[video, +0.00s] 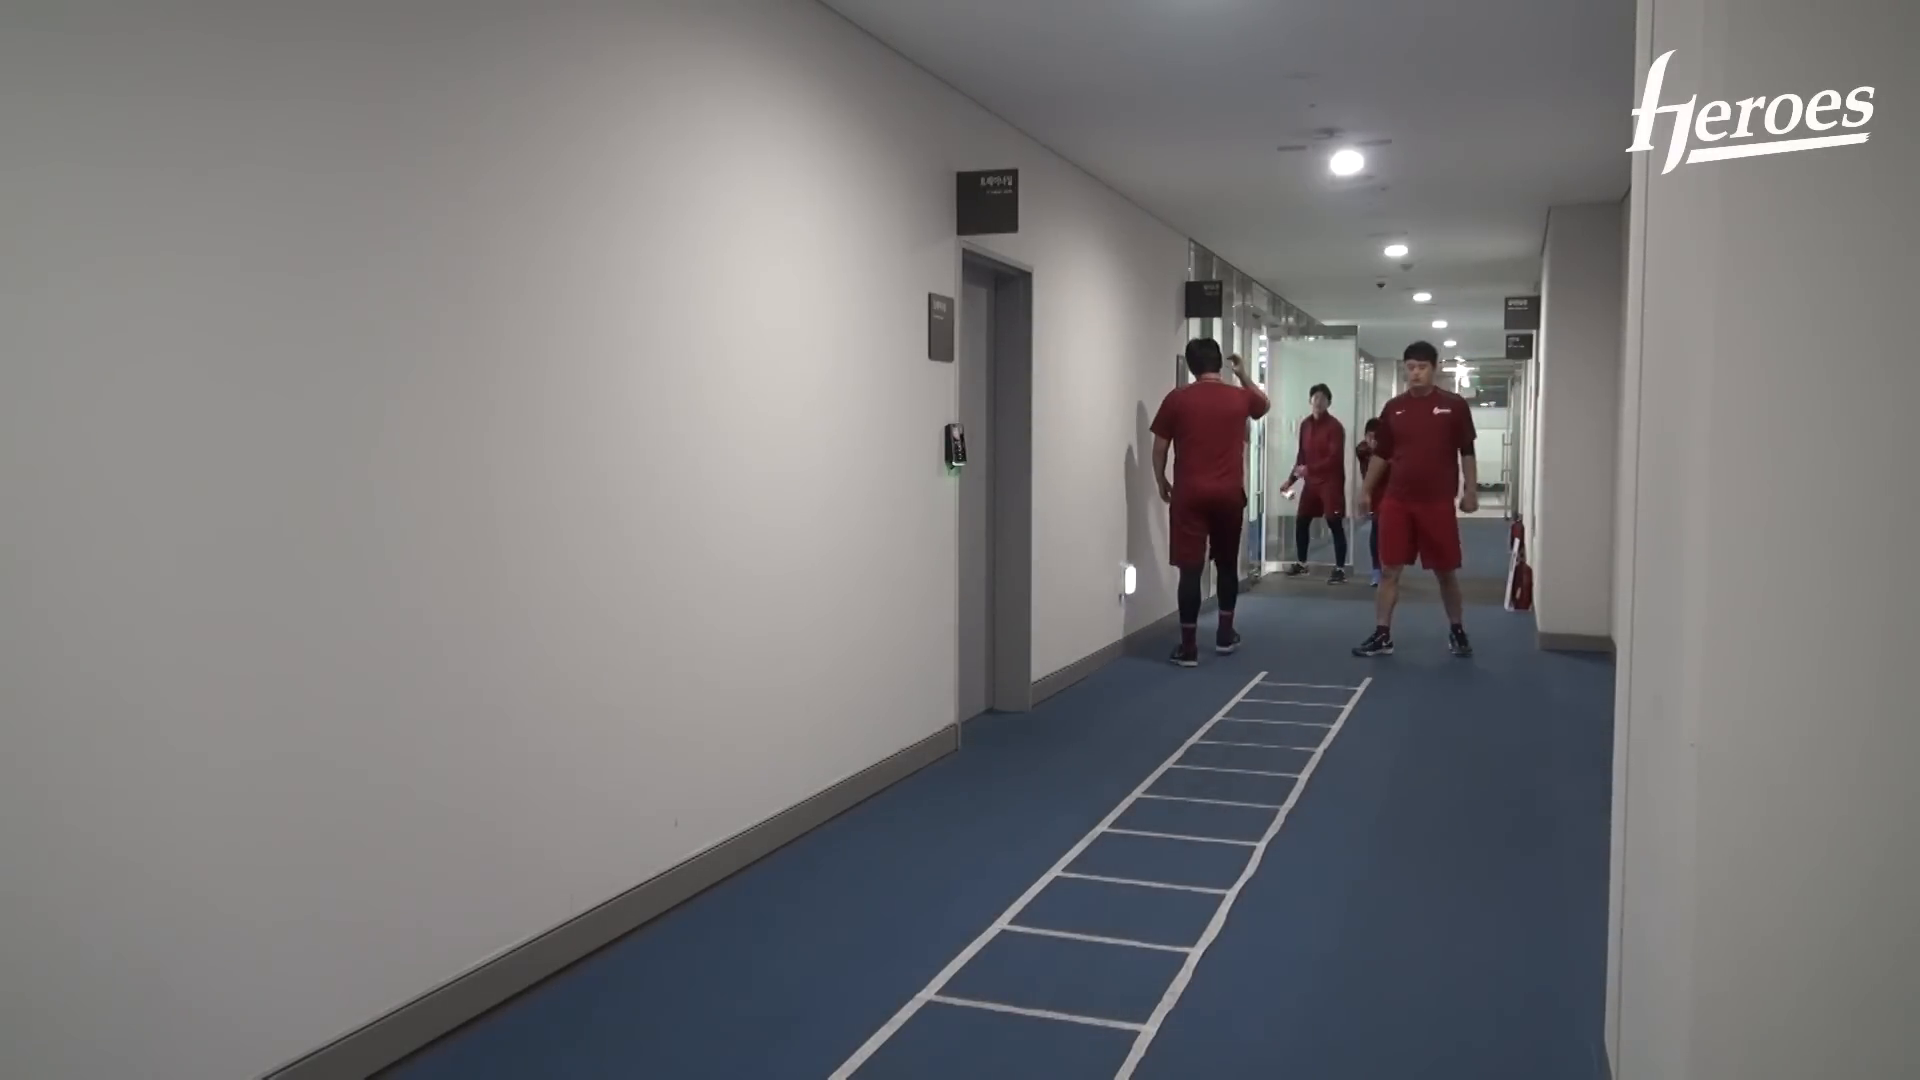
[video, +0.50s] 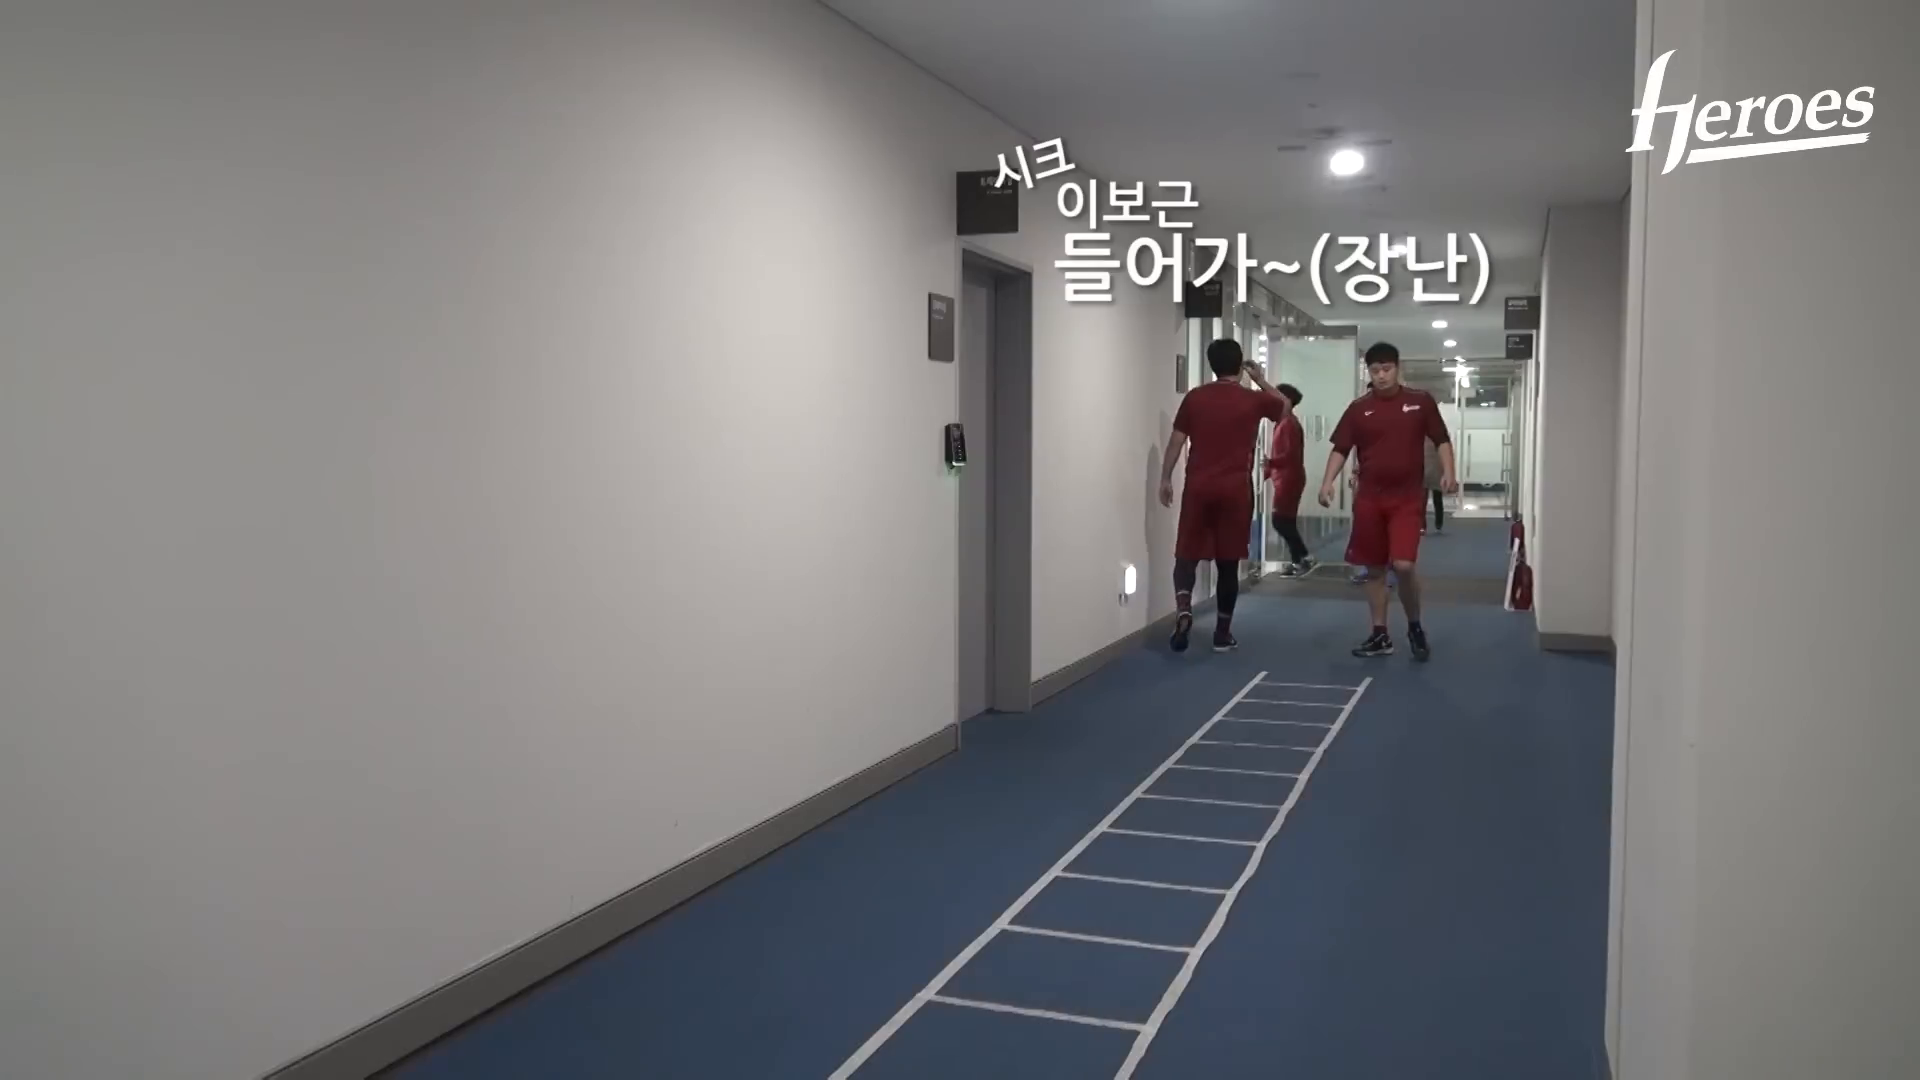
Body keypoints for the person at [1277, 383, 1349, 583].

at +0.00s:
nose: (1318, 402)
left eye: (1322, 398)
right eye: (1315, 397)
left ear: (1328, 402)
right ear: (1310, 400)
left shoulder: (1335, 427)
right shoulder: (1305, 425)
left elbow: (1334, 459)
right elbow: (1302, 456)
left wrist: (1309, 469)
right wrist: (1290, 480)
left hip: (1331, 483)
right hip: (1311, 482)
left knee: (1334, 520)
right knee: (1302, 520)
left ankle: (1339, 567)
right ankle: (1301, 563)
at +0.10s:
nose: (1311, 400)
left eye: (1316, 397)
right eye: (1309, 396)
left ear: (1322, 401)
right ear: (1305, 399)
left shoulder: (1327, 425)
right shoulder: (1302, 424)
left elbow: (1326, 455)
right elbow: (1299, 459)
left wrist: (1297, 461)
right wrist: (1283, 483)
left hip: (1325, 482)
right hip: (1306, 482)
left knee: (1329, 521)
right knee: (1299, 521)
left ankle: (1339, 567)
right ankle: (1299, 564)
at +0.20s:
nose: (1302, 401)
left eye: (1307, 398)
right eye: (1301, 397)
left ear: (1315, 402)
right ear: (1299, 399)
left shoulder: (1318, 426)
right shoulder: (1297, 425)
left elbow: (1315, 455)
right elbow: (1295, 460)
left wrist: (1286, 460)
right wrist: (1276, 482)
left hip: (1316, 482)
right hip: (1299, 482)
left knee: (1323, 522)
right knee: (1293, 521)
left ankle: (1338, 567)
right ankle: (1297, 564)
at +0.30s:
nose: (1292, 403)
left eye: (1296, 400)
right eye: (1292, 399)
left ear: (1306, 403)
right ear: (1294, 401)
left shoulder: (1309, 427)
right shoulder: (1294, 425)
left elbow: (1304, 459)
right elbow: (1290, 459)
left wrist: (1277, 462)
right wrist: (1272, 479)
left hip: (1306, 483)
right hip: (1291, 481)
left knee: (1313, 522)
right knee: (1290, 522)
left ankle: (1334, 564)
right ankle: (1296, 564)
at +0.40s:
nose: (1283, 402)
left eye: (1287, 399)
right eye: (1284, 398)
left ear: (1297, 403)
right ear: (1290, 401)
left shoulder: (1298, 426)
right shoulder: (1288, 424)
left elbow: (1295, 459)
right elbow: (1285, 458)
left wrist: (1273, 463)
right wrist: (1270, 474)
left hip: (1297, 480)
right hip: (1286, 480)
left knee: (1298, 523)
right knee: (1288, 523)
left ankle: (1324, 562)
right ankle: (1296, 564)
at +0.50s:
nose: (1273, 402)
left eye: (1277, 398)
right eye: (1274, 398)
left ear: (1286, 400)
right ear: (1287, 400)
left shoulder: (1287, 425)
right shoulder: (1285, 423)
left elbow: (1287, 455)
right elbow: (1284, 455)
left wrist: (1269, 462)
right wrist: (1270, 466)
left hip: (1289, 478)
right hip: (1286, 477)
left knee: (1281, 519)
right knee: (1285, 520)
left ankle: (1302, 558)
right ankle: (1297, 560)